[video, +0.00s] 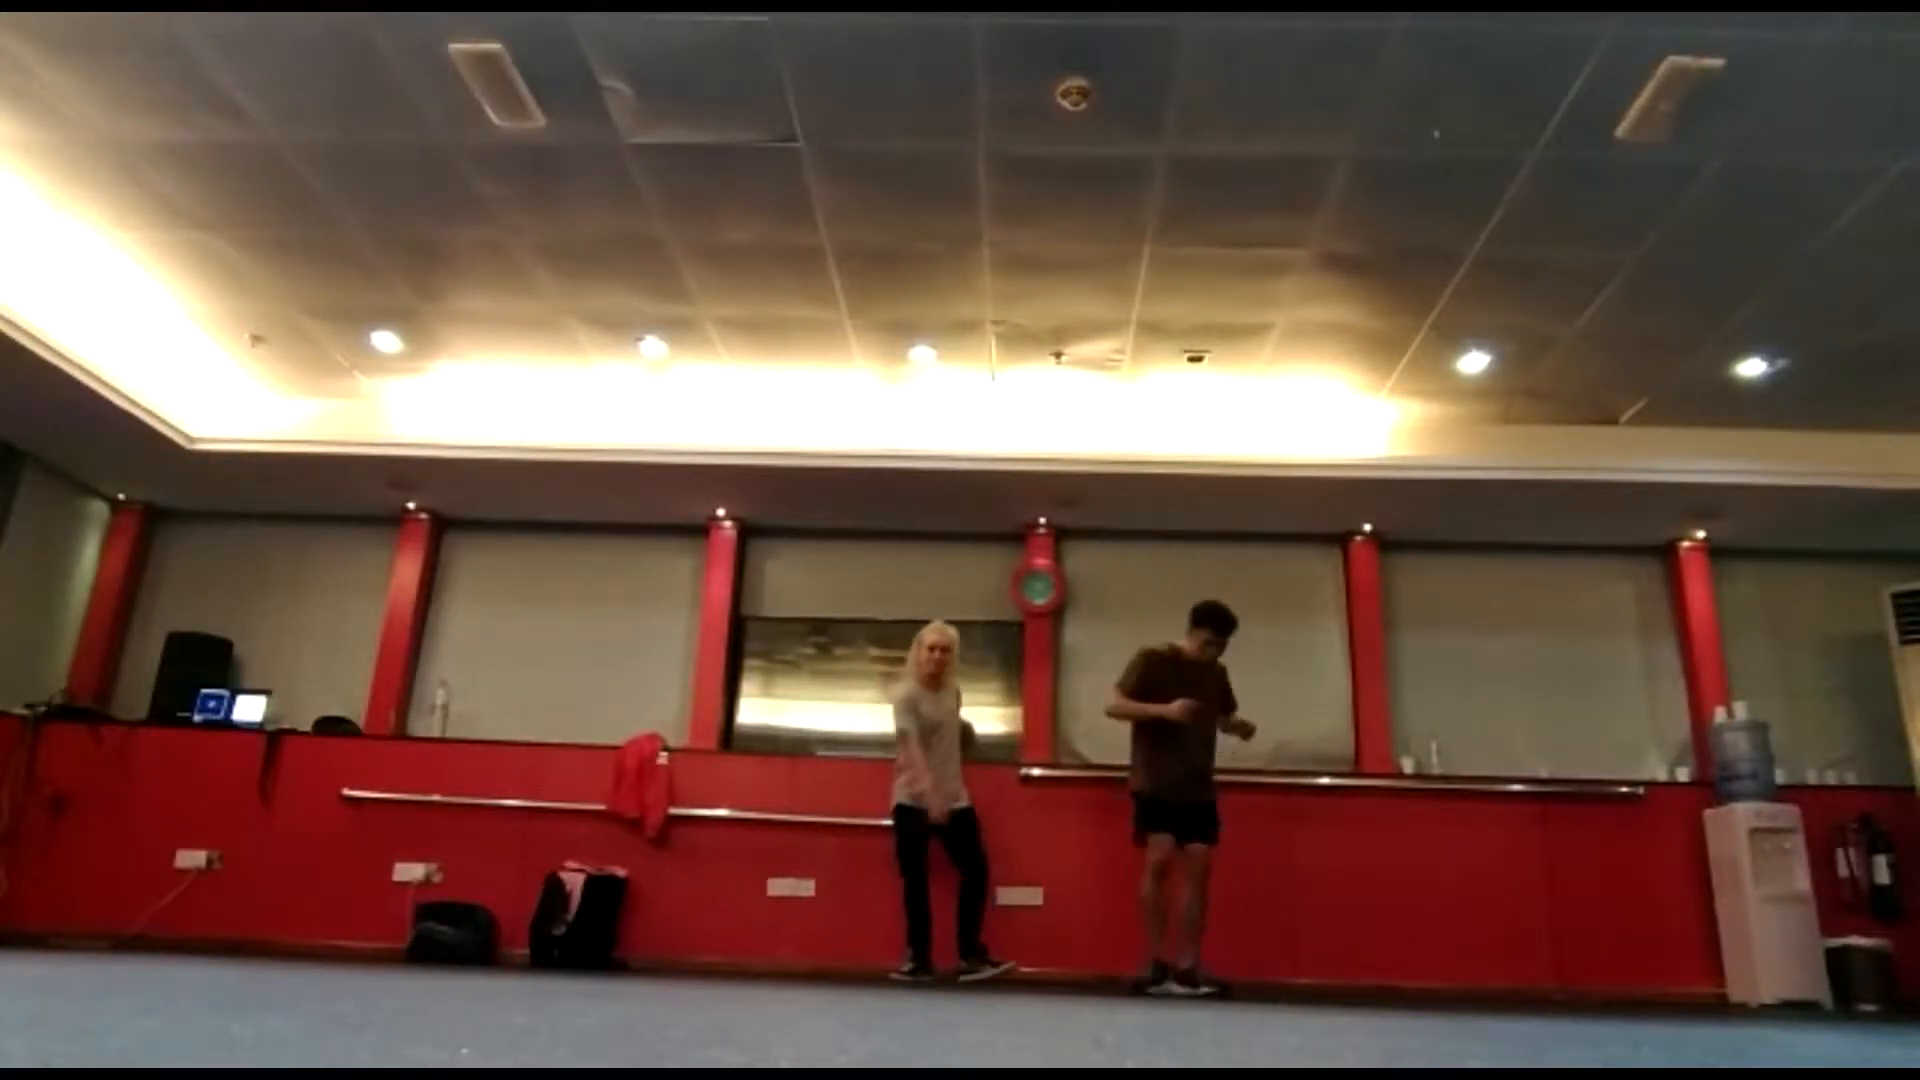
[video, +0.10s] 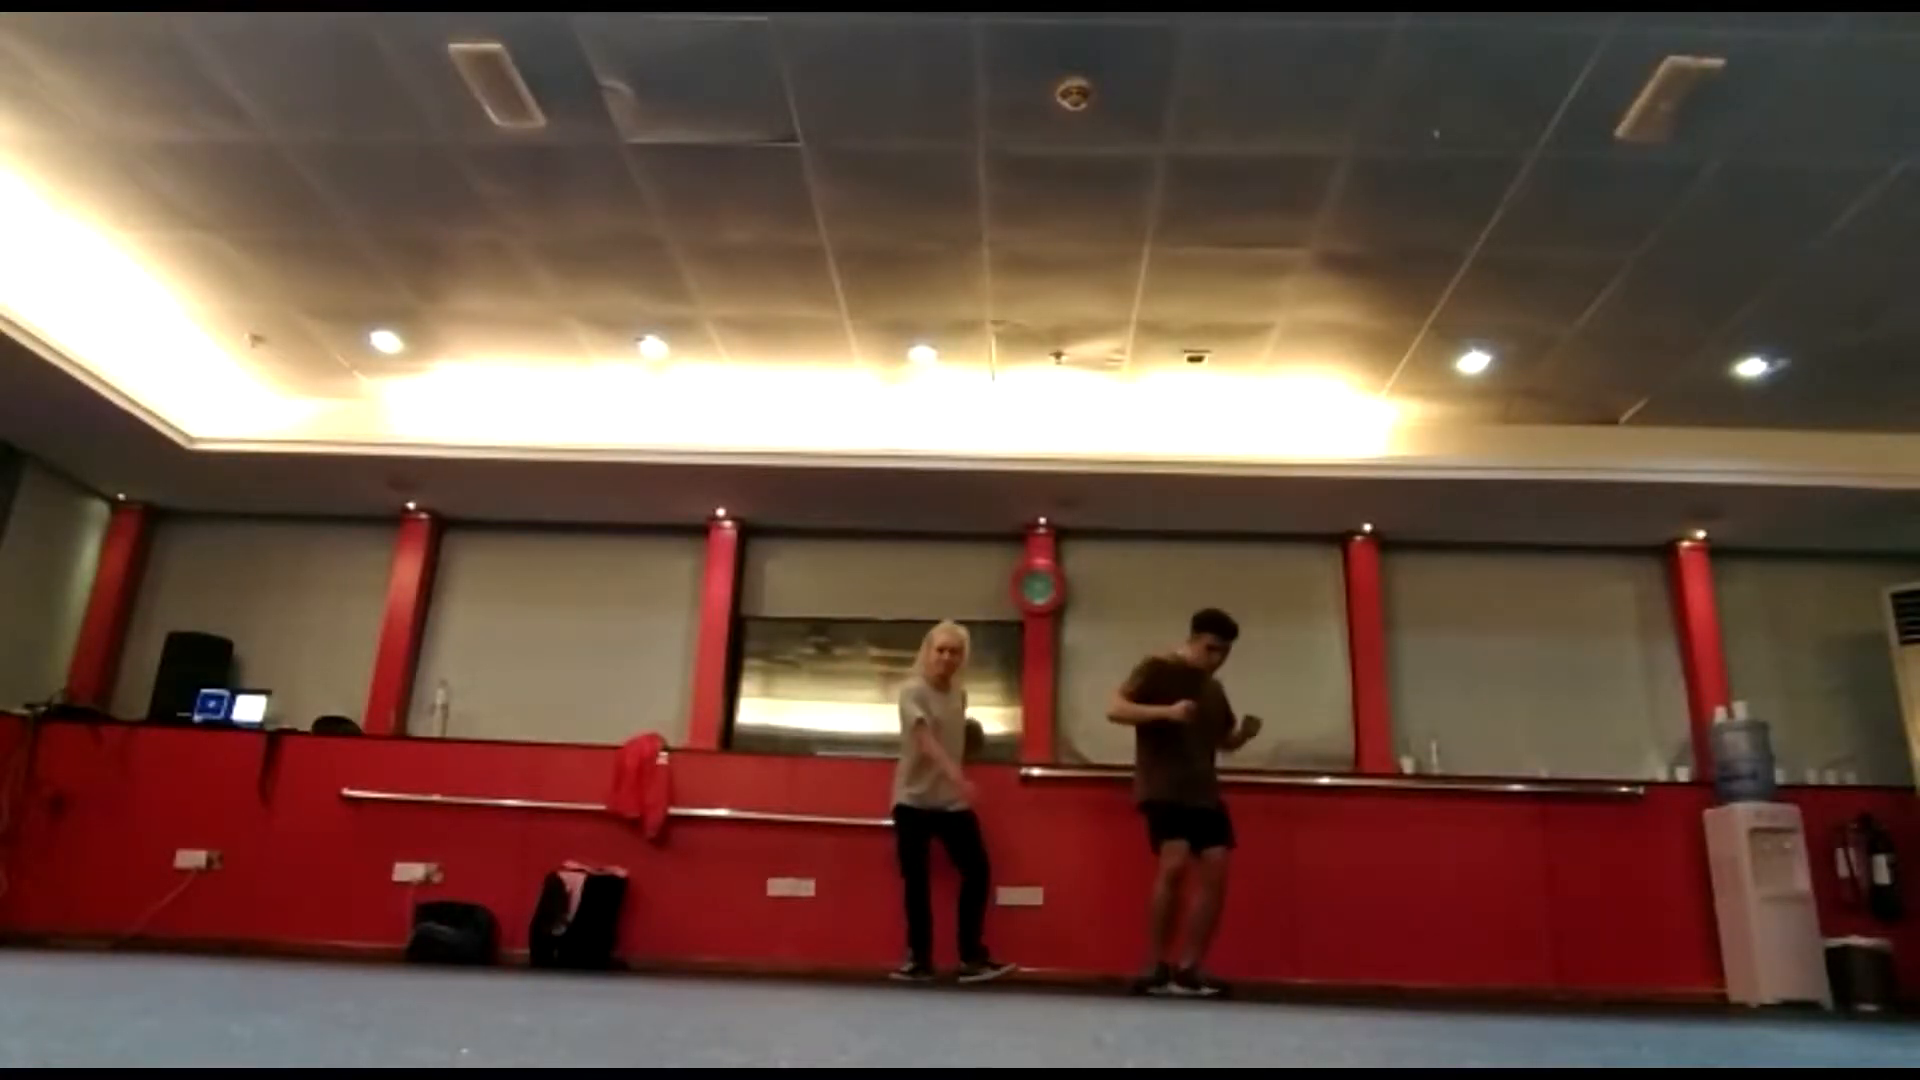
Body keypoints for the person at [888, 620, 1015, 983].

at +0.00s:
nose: (937, 656)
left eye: (944, 650)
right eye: (931, 649)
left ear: (953, 657)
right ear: (917, 652)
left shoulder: (952, 695)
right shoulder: (906, 696)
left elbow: (951, 745)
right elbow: (911, 751)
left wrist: (957, 789)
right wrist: (929, 794)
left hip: (954, 800)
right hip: (914, 801)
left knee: (975, 873)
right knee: (915, 883)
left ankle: (972, 955)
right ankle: (919, 958)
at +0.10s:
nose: (946, 657)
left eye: (954, 652)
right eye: (940, 650)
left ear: (962, 658)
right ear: (926, 651)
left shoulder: (958, 696)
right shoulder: (912, 693)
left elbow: (952, 744)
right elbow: (927, 742)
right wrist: (959, 780)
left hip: (952, 803)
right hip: (913, 803)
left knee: (976, 872)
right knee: (916, 884)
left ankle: (972, 957)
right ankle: (919, 959)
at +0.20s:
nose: (950, 667)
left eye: (958, 661)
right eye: (944, 659)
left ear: (966, 668)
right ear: (931, 660)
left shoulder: (961, 705)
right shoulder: (916, 697)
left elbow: (954, 750)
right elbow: (920, 743)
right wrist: (962, 767)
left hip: (952, 811)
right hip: (912, 809)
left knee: (986, 874)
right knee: (915, 887)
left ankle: (974, 957)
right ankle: (919, 959)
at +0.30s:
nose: (960, 680)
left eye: (968, 674)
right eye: (954, 672)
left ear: (975, 680)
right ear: (941, 673)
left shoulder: (972, 724)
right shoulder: (922, 709)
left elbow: (971, 776)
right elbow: (907, 753)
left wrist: (970, 819)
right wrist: (958, 765)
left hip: (954, 820)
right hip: (912, 817)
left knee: (995, 878)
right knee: (913, 891)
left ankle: (976, 959)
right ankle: (919, 960)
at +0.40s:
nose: (967, 679)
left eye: (975, 673)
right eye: (962, 671)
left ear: (985, 681)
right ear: (949, 672)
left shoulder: (980, 726)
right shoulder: (925, 708)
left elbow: (978, 776)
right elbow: (898, 745)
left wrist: (976, 818)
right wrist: (938, 763)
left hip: (956, 820)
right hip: (914, 816)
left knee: (996, 879)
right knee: (913, 889)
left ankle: (977, 959)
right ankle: (919, 960)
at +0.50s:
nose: (977, 670)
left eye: (985, 664)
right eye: (972, 662)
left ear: (995, 671)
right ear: (960, 665)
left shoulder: (995, 720)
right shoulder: (935, 700)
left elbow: (1001, 767)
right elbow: (896, 723)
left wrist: (1013, 807)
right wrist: (909, 754)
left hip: (962, 811)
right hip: (919, 806)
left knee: (990, 876)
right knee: (914, 886)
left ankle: (975, 959)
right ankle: (919, 959)